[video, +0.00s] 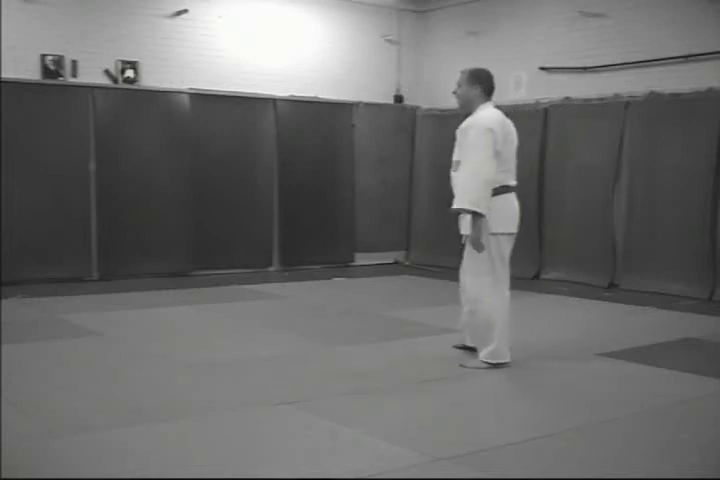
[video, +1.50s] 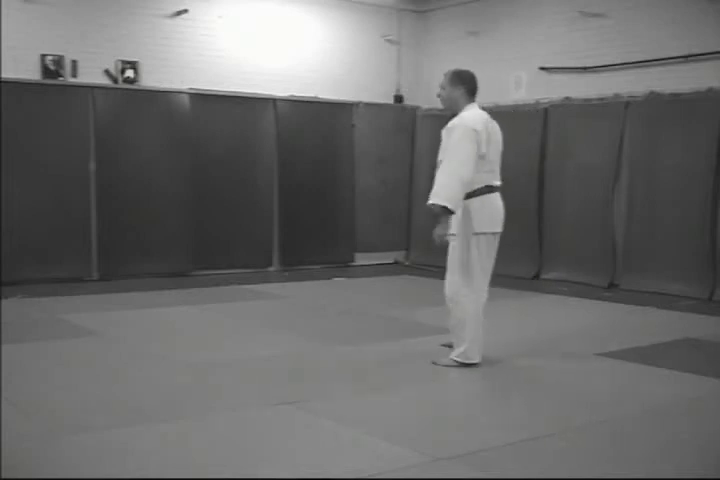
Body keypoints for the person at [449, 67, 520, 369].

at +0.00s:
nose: (454, 91)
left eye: (460, 86)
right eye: (456, 86)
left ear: (477, 90)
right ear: (481, 92)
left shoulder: (479, 124)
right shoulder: (499, 120)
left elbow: (478, 173)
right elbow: (493, 172)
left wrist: (475, 218)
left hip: (489, 210)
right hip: (502, 205)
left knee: (486, 281)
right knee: (475, 277)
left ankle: (495, 353)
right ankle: (475, 338)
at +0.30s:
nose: (451, 94)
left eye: (455, 89)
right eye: (452, 89)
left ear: (472, 92)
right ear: (478, 92)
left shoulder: (473, 124)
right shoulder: (488, 120)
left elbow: (469, 168)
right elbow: (476, 167)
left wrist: (460, 210)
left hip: (481, 207)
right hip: (488, 204)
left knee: (480, 279)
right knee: (468, 276)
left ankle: (493, 351)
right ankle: (467, 338)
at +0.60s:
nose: (448, 95)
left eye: (453, 90)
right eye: (449, 90)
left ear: (471, 93)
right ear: (473, 93)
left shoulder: (470, 122)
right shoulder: (480, 119)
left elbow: (462, 165)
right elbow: (469, 166)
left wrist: (440, 204)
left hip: (478, 208)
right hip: (477, 207)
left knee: (469, 278)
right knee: (465, 277)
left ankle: (487, 347)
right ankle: (465, 337)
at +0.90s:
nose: (445, 95)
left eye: (450, 90)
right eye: (445, 90)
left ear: (467, 93)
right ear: (470, 94)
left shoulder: (471, 126)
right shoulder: (478, 122)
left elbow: (465, 172)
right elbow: (468, 172)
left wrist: (441, 212)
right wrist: (449, 211)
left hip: (476, 210)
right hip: (479, 208)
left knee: (465, 281)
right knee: (468, 280)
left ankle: (467, 349)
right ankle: (464, 339)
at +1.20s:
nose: (440, 93)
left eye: (445, 87)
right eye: (442, 87)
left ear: (463, 91)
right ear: (466, 92)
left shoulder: (468, 124)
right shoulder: (477, 120)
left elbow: (468, 173)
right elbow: (472, 172)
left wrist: (464, 218)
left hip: (471, 211)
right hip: (478, 207)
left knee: (463, 283)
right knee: (467, 281)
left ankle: (467, 351)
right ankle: (463, 340)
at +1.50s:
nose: (439, 94)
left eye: (444, 88)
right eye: (440, 88)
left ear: (461, 92)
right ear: (467, 93)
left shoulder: (464, 125)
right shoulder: (487, 122)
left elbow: (455, 171)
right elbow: (485, 171)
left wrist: (444, 216)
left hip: (472, 209)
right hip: (489, 206)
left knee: (462, 282)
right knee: (473, 280)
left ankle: (467, 352)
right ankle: (466, 340)